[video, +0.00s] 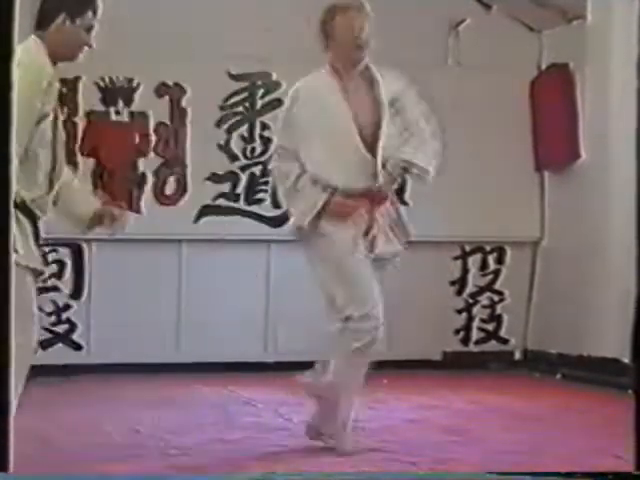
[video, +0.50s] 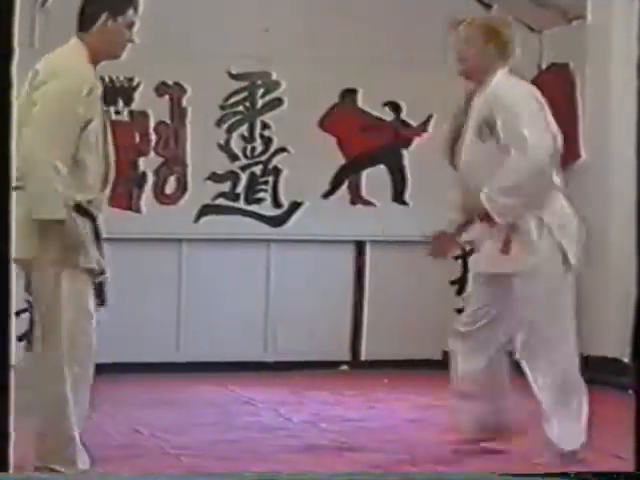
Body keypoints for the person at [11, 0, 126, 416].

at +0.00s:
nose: (90, 42)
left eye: (92, 31)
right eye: (86, 29)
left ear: (61, 23)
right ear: (60, 22)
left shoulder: (43, 75)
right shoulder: (29, 71)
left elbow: (51, 169)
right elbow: (13, 157)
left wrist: (91, 210)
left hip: (25, 226)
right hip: (14, 228)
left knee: (25, 335)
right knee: (21, 335)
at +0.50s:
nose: (133, 36)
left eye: (134, 26)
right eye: (129, 24)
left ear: (99, 22)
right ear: (104, 22)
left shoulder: (66, 69)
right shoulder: (71, 74)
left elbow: (49, 153)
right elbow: (45, 152)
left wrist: (77, 223)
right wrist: (61, 225)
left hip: (58, 227)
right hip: (58, 230)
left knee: (61, 344)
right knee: (67, 346)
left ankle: (57, 449)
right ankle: (60, 454)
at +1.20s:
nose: (175, 51)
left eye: (178, 42)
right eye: (173, 41)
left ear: (148, 35)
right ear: (150, 34)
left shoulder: (150, 91)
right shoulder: (113, 90)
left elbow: (199, 131)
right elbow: (145, 170)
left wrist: (265, 116)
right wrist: (192, 179)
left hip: (172, 228)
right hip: (136, 231)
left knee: (212, 334)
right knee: (162, 347)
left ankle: (219, 445)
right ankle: (104, 457)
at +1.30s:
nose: (180, 50)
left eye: (182, 41)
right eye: (177, 39)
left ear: (158, 36)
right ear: (153, 33)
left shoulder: (159, 94)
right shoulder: (111, 89)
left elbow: (201, 143)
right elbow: (134, 171)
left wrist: (269, 123)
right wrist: (188, 181)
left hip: (172, 228)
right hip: (133, 231)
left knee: (210, 334)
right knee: (155, 347)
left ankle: (216, 444)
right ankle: (106, 455)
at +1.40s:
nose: (187, 54)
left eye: (189, 44)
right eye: (185, 43)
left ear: (167, 37)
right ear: (161, 34)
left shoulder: (164, 98)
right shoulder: (113, 94)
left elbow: (206, 147)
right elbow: (132, 177)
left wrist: (268, 123)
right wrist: (185, 190)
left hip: (171, 233)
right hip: (133, 234)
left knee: (211, 330)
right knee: (156, 348)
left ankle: (214, 444)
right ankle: (107, 455)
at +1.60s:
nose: (206, 71)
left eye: (209, 61)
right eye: (205, 59)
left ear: (180, 55)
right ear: (183, 53)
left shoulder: (171, 108)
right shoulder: (142, 105)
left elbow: (197, 181)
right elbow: (165, 196)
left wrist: (226, 147)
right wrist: (210, 214)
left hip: (172, 247)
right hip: (141, 247)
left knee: (218, 330)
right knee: (165, 358)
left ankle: (227, 433)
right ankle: (107, 456)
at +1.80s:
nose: (240, 84)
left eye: (240, 75)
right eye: (236, 74)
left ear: (203, 70)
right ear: (216, 70)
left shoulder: (174, 103)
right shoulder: (202, 101)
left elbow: (198, 175)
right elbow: (249, 156)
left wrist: (243, 176)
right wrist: (278, 157)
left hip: (183, 248)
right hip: (178, 250)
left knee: (220, 339)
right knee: (182, 361)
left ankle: (217, 429)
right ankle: (112, 454)